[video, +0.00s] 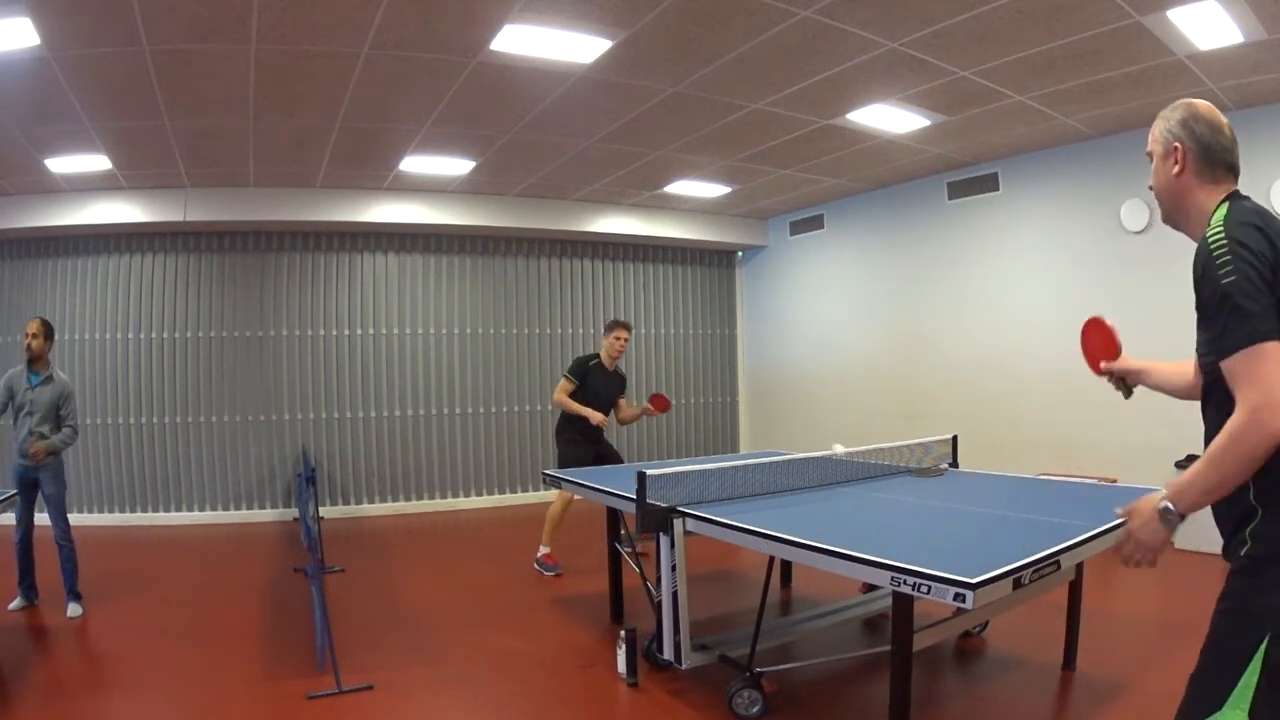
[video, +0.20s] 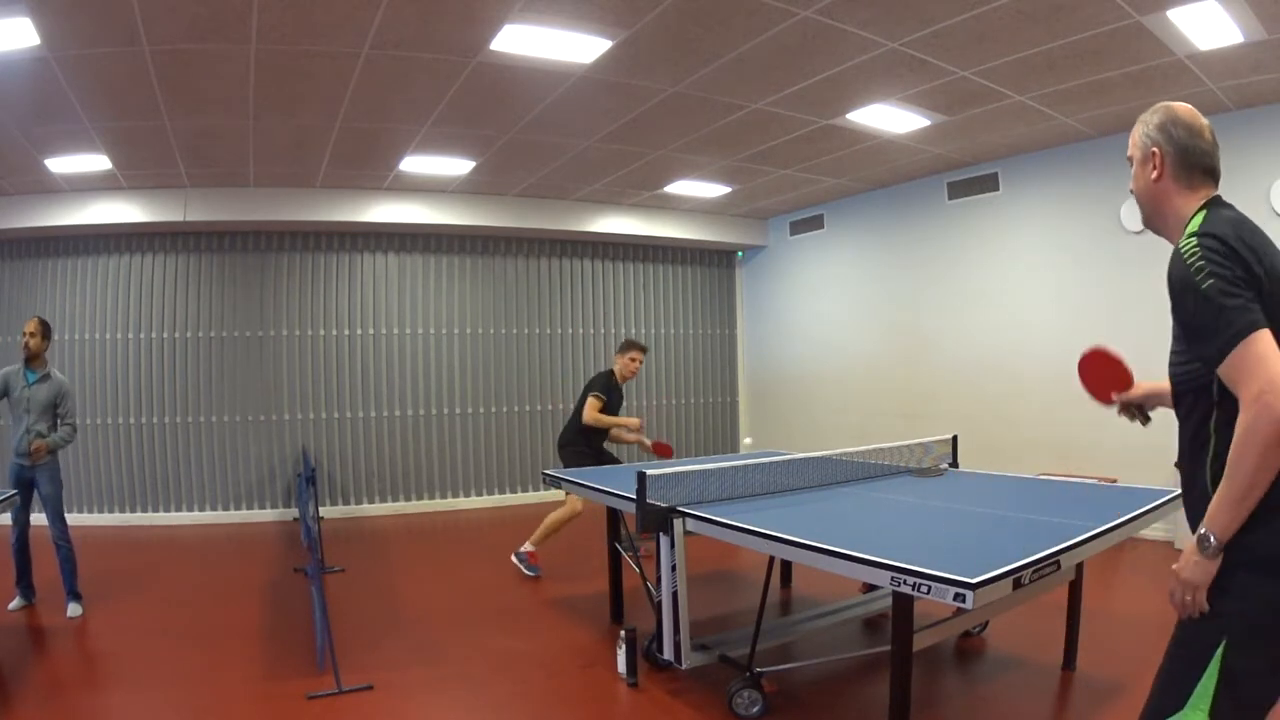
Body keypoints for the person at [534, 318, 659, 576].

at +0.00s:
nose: (621, 345)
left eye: (625, 341)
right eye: (617, 339)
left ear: (627, 345)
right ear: (604, 339)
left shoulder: (619, 378)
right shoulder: (583, 365)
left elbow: (622, 416)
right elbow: (558, 397)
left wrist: (642, 410)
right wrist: (589, 412)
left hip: (596, 437)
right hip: (572, 435)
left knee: (624, 479)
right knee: (568, 491)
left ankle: (620, 537)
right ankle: (544, 552)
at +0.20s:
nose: (636, 367)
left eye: (640, 363)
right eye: (632, 360)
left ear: (641, 366)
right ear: (618, 358)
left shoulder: (617, 391)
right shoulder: (602, 382)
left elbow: (611, 433)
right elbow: (588, 416)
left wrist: (639, 439)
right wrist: (625, 421)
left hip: (594, 449)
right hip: (575, 448)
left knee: (627, 481)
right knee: (575, 505)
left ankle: (621, 539)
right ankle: (526, 550)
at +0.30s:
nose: (637, 375)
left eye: (641, 371)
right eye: (634, 369)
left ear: (641, 373)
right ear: (618, 366)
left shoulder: (611, 390)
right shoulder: (607, 387)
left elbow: (594, 434)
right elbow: (598, 423)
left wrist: (616, 453)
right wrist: (632, 426)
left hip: (586, 451)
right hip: (570, 451)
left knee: (623, 482)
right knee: (571, 512)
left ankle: (622, 539)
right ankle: (521, 554)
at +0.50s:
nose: (628, 374)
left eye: (629, 369)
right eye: (625, 368)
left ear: (613, 365)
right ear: (609, 363)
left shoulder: (598, 388)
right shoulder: (589, 383)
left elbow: (585, 432)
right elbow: (572, 419)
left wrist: (614, 448)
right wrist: (609, 423)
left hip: (575, 450)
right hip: (555, 450)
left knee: (612, 487)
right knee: (558, 512)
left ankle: (622, 540)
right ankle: (515, 558)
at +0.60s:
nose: (618, 364)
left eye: (620, 358)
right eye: (614, 358)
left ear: (609, 357)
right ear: (599, 354)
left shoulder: (603, 386)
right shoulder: (569, 376)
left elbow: (622, 418)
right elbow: (556, 416)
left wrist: (652, 403)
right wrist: (595, 418)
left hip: (577, 443)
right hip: (552, 443)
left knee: (611, 489)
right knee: (550, 504)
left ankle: (622, 541)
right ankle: (515, 558)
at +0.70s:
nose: (603, 354)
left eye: (605, 349)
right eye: (598, 349)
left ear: (606, 349)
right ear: (582, 348)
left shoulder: (602, 372)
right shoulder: (559, 374)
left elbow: (638, 383)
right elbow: (544, 414)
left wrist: (634, 359)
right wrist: (576, 414)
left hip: (585, 446)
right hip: (554, 447)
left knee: (614, 489)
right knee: (544, 498)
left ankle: (622, 542)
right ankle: (519, 554)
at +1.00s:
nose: (575, 344)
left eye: (578, 339)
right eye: (569, 339)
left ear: (582, 341)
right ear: (557, 341)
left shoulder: (589, 370)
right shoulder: (540, 371)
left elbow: (621, 401)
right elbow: (524, 409)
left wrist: (627, 388)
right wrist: (548, 408)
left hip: (579, 444)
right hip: (546, 447)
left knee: (613, 485)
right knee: (534, 498)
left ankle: (616, 544)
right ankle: (514, 550)